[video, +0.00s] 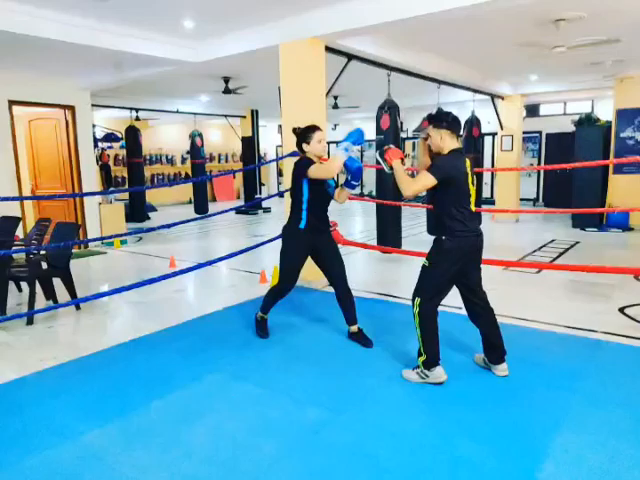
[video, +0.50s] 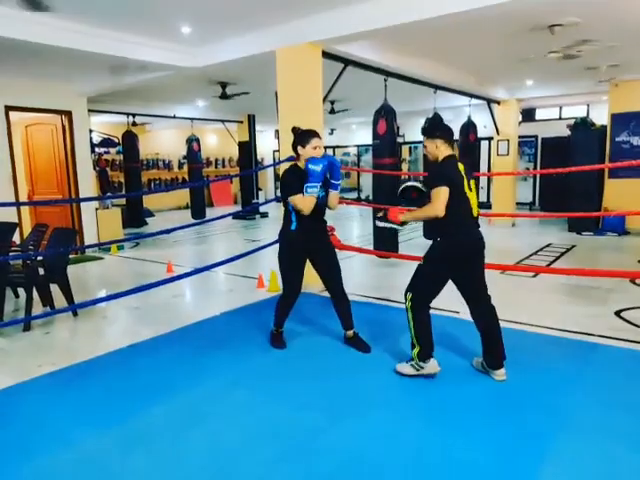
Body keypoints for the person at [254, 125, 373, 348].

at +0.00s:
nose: (325, 145)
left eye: (325, 141)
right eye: (320, 142)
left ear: (323, 143)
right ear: (306, 146)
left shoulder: (325, 168)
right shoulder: (302, 165)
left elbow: (339, 198)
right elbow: (329, 171)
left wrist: (351, 180)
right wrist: (344, 150)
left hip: (321, 234)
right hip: (297, 234)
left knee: (340, 281)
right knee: (286, 284)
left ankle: (354, 328)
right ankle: (262, 315)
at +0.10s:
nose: (325, 145)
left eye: (325, 141)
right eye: (320, 142)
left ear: (323, 143)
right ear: (306, 146)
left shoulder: (325, 168)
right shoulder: (302, 165)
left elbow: (339, 198)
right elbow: (329, 171)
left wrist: (351, 180)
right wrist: (344, 150)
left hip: (321, 234)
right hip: (297, 234)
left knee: (340, 281)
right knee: (286, 284)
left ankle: (354, 328)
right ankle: (262, 315)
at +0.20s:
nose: (327, 146)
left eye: (326, 142)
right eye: (322, 143)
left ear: (313, 146)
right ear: (309, 147)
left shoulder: (322, 165)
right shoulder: (314, 163)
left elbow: (324, 198)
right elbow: (356, 154)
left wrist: (342, 183)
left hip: (322, 235)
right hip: (300, 235)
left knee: (342, 281)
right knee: (296, 286)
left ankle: (353, 330)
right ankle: (277, 323)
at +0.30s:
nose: (325, 149)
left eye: (326, 144)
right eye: (321, 145)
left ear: (318, 146)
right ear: (307, 147)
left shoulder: (320, 166)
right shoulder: (309, 165)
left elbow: (321, 200)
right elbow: (344, 172)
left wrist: (339, 191)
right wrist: (367, 154)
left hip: (322, 235)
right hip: (301, 237)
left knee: (342, 282)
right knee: (297, 288)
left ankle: (353, 331)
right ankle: (278, 326)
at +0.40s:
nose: (323, 152)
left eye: (323, 147)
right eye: (318, 147)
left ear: (322, 149)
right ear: (303, 149)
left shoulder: (322, 173)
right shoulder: (295, 175)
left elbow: (333, 206)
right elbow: (314, 207)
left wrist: (340, 183)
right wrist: (329, 182)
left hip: (320, 238)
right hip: (296, 240)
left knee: (340, 283)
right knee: (294, 290)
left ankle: (352, 332)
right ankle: (278, 329)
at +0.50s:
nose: (320, 152)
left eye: (321, 148)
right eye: (315, 148)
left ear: (322, 149)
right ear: (300, 150)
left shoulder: (321, 171)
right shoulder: (290, 174)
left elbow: (332, 205)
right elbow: (305, 208)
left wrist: (334, 178)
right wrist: (314, 178)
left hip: (318, 236)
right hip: (293, 238)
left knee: (336, 287)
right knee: (292, 291)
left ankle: (350, 333)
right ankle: (277, 330)